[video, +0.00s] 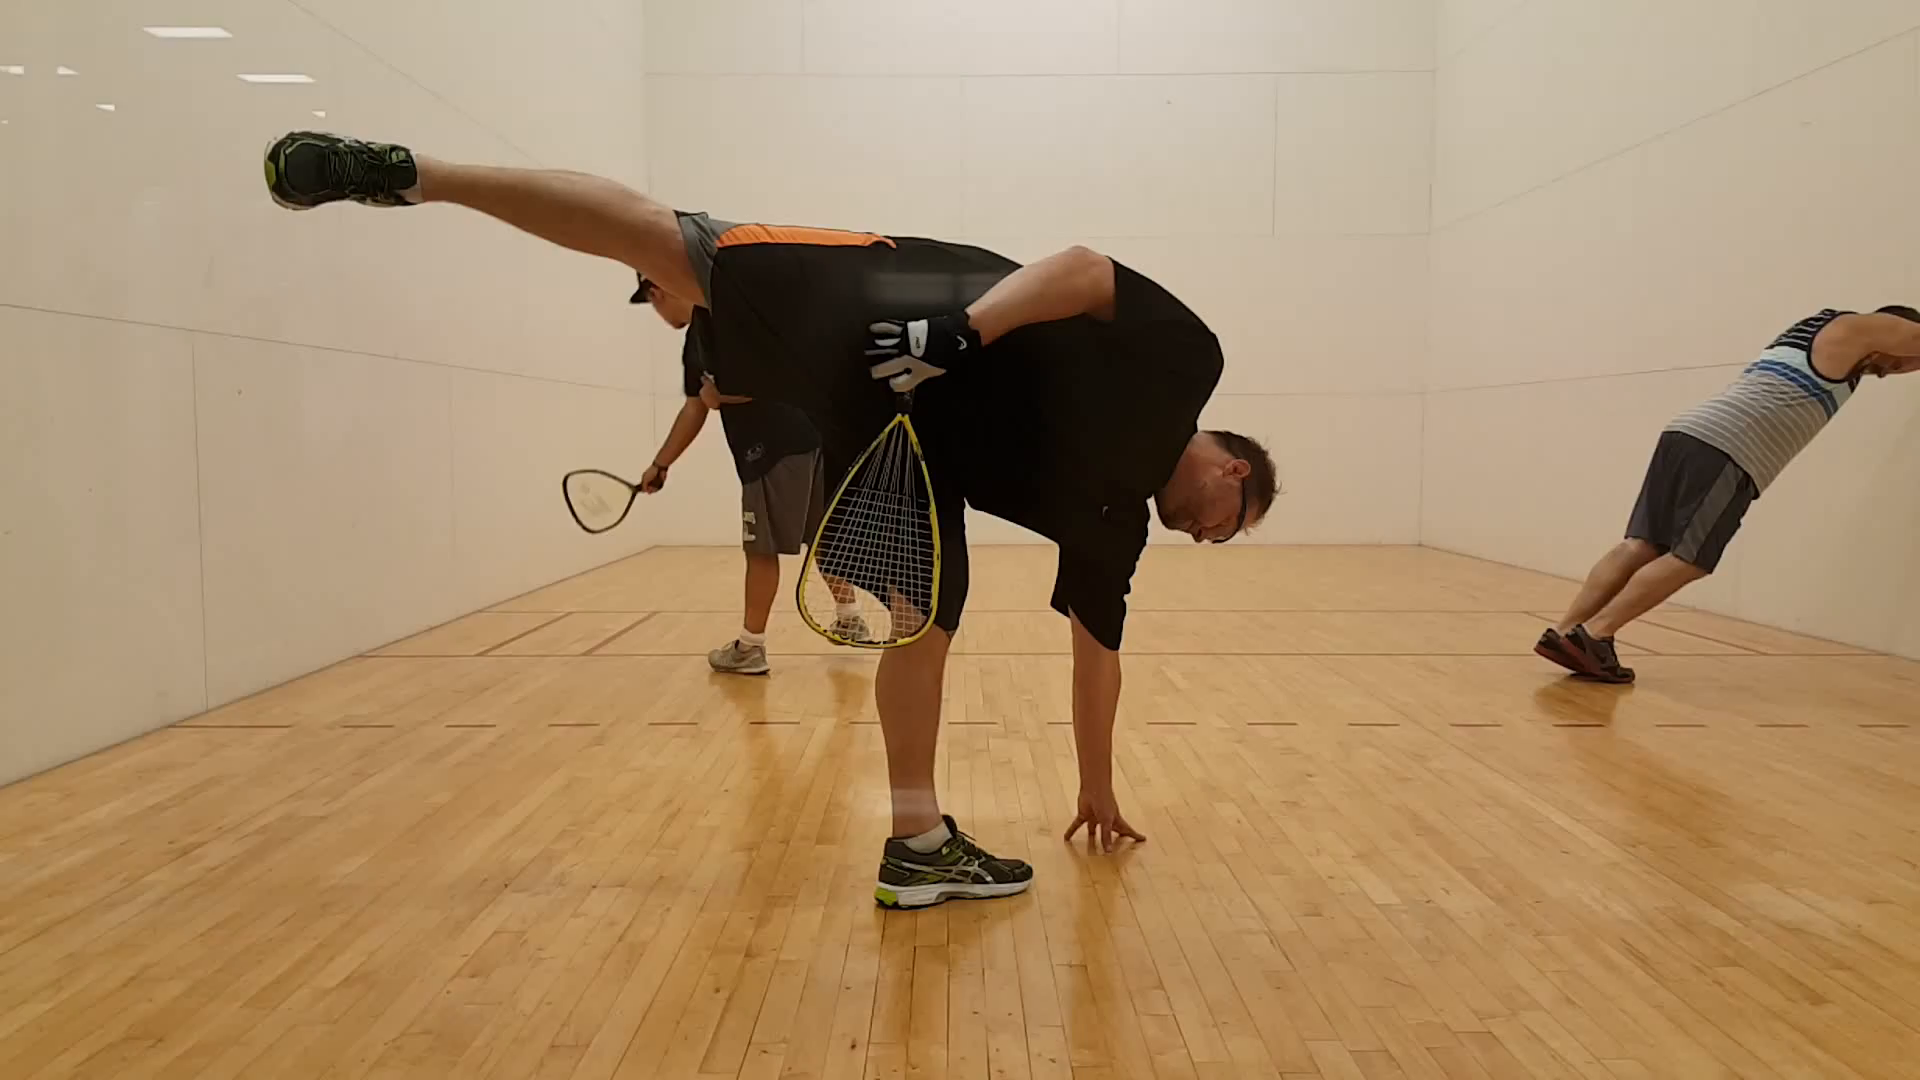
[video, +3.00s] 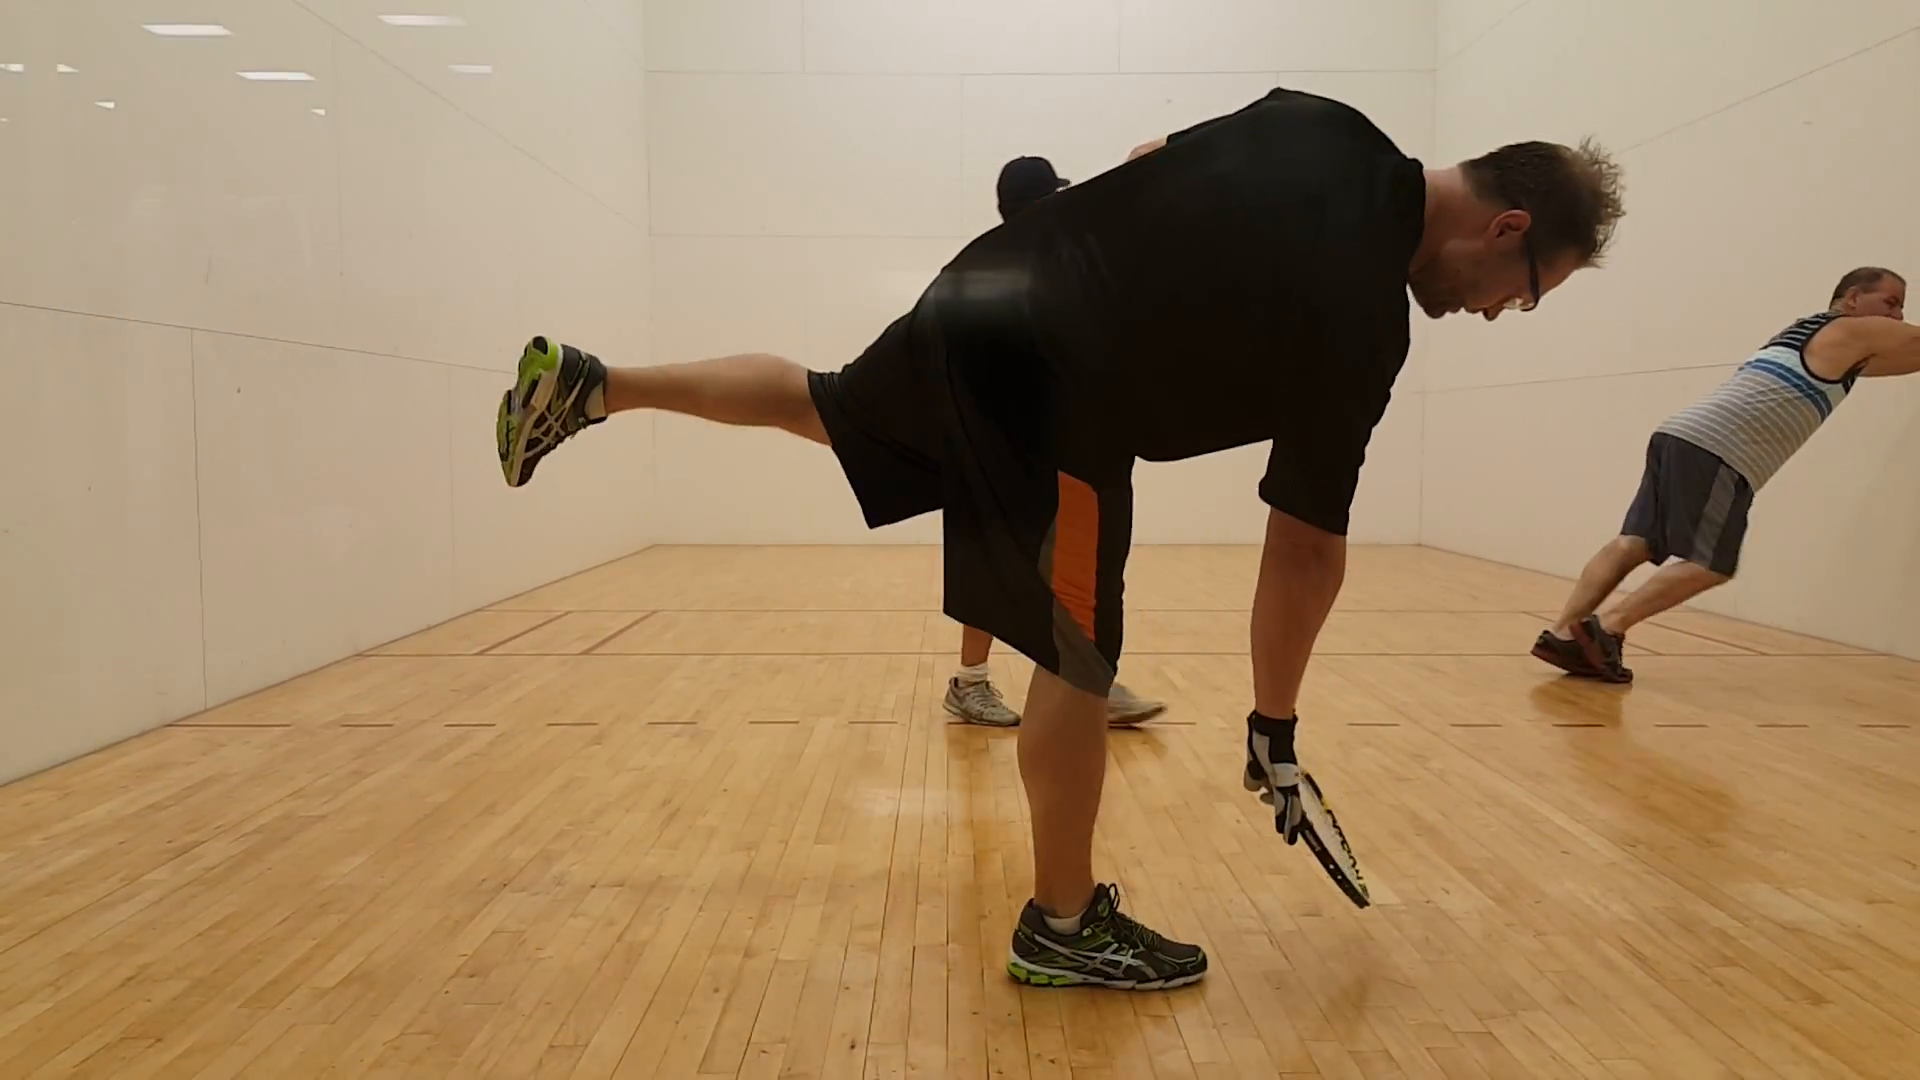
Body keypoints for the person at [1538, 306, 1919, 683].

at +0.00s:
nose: (1897, 369)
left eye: (1905, 363)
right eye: (1904, 358)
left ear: (1889, 334)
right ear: (1892, 332)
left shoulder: (1811, 330)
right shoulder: (1849, 332)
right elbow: (1916, 344)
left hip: (1686, 434)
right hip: (1727, 455)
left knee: (1640, 543)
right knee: (1690, 558)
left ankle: (1565, 630)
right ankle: (1594, 635)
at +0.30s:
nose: (1896, 375)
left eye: (1905, 370)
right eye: (1905, 365)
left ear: (1891, 339)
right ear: (1895, 339)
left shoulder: (1834, 348)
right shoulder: (1846, 332)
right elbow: (1918, 336)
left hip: (1728, 460)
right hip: (1726, 455)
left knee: (1692, 566)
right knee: (1675, 552)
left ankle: (1584, 623)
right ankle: (1585, 635)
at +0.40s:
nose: (1899, 382)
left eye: (1908, 376)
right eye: (1907, 371)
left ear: (1892, 347)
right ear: (1895, 347)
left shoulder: (1840, 360)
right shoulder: (1850, 338)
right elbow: (1919, 339)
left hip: (1734, 468)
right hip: (1726, 459)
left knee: (1705, 574)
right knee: (1677, 556)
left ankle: (1591, 621)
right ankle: (1586, 639)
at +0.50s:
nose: (1901, 386)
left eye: (1908, 380)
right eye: (1908, 375)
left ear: (1893, 357)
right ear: (1895, 355)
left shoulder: (1834, 362)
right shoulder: (1852, 347)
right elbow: (1919, 346)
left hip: (1734, 473)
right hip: (1729, 465)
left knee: (1715, 581)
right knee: (1677, 561)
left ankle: (1598, 618)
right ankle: (1586, 643)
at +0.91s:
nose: (1897, 372)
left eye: (1905, 368)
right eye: (1905, 362)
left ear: (1891, 339)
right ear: (1896, 337)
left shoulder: (1816, 332)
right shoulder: (1853, 326)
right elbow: (1919, 336)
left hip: (1700, 438)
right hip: (1734, 452)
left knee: (1664, 550)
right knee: (1687, 556)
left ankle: (1577, 624)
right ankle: (1594, 634)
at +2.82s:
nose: (1908, 319)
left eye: (1910, 310)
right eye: (1905, 308)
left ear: (1867, 295)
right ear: (1873, 294)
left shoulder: (1815, 325)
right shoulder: (1855, 325)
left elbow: (1908, 354)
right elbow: (1918, 342)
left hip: (1692, 433)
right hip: (1729, 450)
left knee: (1650, 545)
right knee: (1672, 549)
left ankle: (1571, 626)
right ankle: (1587, 634)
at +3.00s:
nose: (1898, 315)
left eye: (1899, 307)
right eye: (1892, 303)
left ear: (1849, 306)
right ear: (1851, 298)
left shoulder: (1810, 333)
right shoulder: (1847, 334)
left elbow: (1909, 356)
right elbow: (1917, 343)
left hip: (1676, 439)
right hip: (1716, 456)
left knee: (1634, 543)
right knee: (1710, 563)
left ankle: (1564, 633)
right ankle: (1607, 628)